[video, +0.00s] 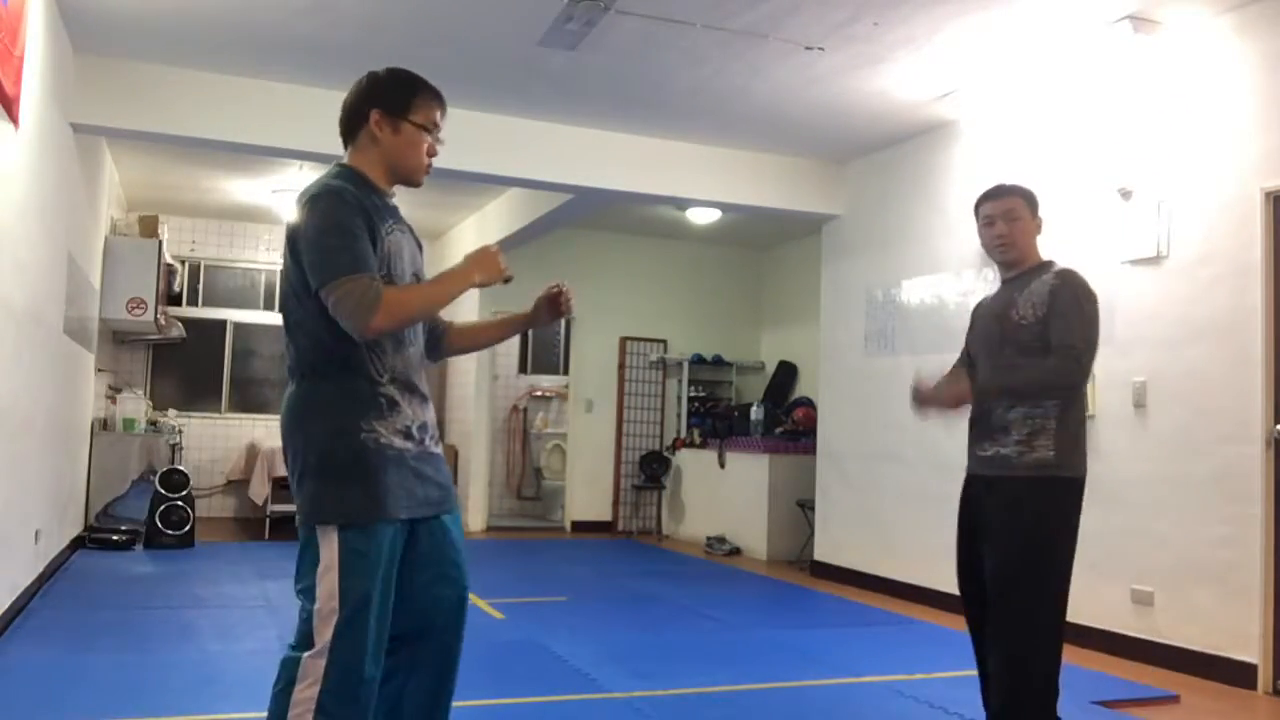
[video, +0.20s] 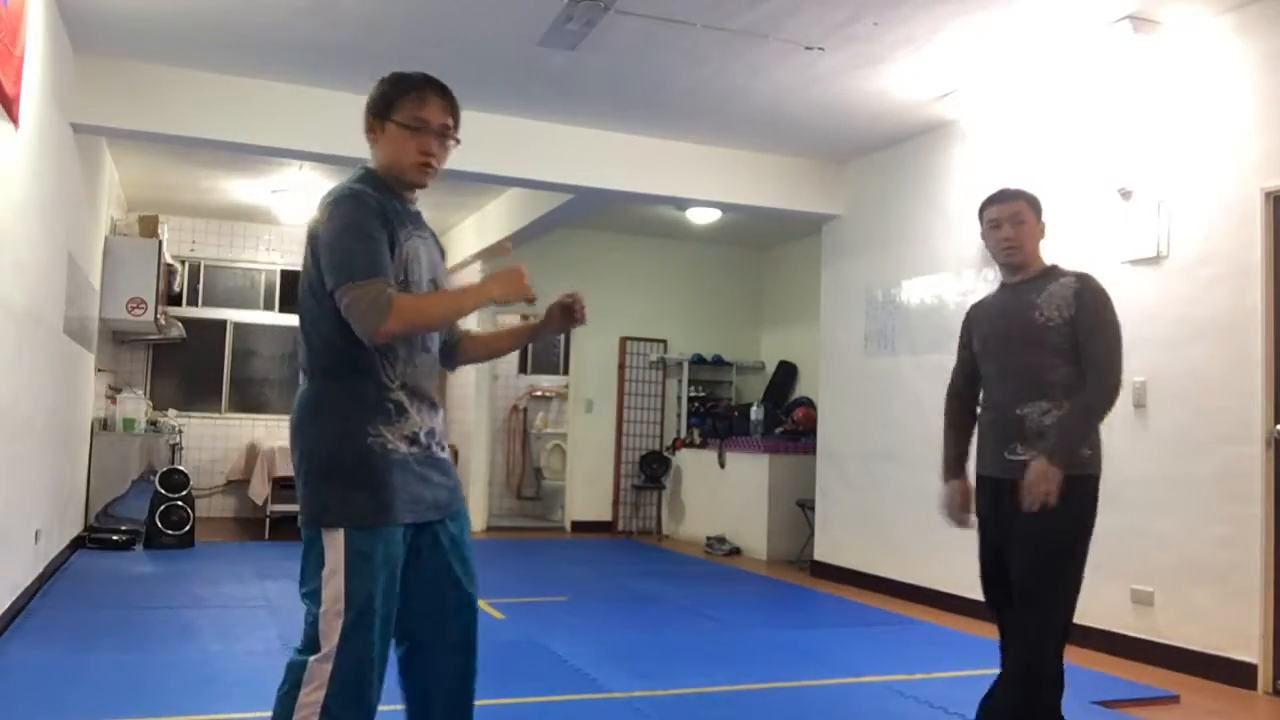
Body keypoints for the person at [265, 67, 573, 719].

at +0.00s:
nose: (436, 148)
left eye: (439, 136)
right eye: (427, 131)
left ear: (390, 132)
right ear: (378, 125)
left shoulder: (398, 228)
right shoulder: (332, 202)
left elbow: (430, 339)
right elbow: (365, 313)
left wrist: (526, 320)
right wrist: (466, 273)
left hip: (417, 454)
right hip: (351, 456)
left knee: (436, 614)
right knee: (341, 637)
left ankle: (408, 719)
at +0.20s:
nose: (432, 145)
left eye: (444, 135)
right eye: (416, 129)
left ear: (452, 147)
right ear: (375, 130)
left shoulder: (424, 237)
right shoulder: (351, 210)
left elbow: (448, 348)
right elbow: (376, 316)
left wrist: (537, 329)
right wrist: (482, 289)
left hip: (427, 464)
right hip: (356, 466)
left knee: (445, 644)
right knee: (345, 653)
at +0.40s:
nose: (462, 159)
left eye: (474, 147)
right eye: (446, 143)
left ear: (484, 158)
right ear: (411, 147)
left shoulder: (467, 247)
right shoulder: (381, 223)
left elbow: (484, 356)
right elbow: (370, 338)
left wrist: (564, 337)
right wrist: (488, 331)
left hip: (459, 475)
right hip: (386, 475)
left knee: (459, 651)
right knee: (359, 655)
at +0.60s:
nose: (486, 163)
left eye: (499, 152)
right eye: (472, 147)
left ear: (508, 165)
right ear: (437, 151)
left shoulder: (495, 249)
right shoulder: (407, 225)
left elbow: (521, 353)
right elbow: (384, 334)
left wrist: (589, 334)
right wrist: (502, 329)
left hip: (479, 473)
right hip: (409, 471)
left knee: (470, 651)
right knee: (380, 651)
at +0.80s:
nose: (487, 173)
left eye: (499, 164)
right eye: (472, 157)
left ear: (506, 176)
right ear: (436, 159)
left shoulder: (488, 258)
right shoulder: (409, 232)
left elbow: (507, 363)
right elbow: (395, 338)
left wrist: (582, 349)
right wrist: (505, 326)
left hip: (479, 475)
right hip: (407, 474)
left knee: (485, 632)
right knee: (384, 636)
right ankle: (338, 717)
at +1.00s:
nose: (483, 175)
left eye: (495, 166)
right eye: (470, 159)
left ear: (503, 176)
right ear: (432, 158)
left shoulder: (468, 252)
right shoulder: (412, 229)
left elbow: (475, 360)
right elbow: (409, 337)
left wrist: (558, 355)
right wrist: (513, 321)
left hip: (472, 458)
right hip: (408, 460)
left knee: (510, 598)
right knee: (382, 625)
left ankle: (475, 716)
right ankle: (334, 715)